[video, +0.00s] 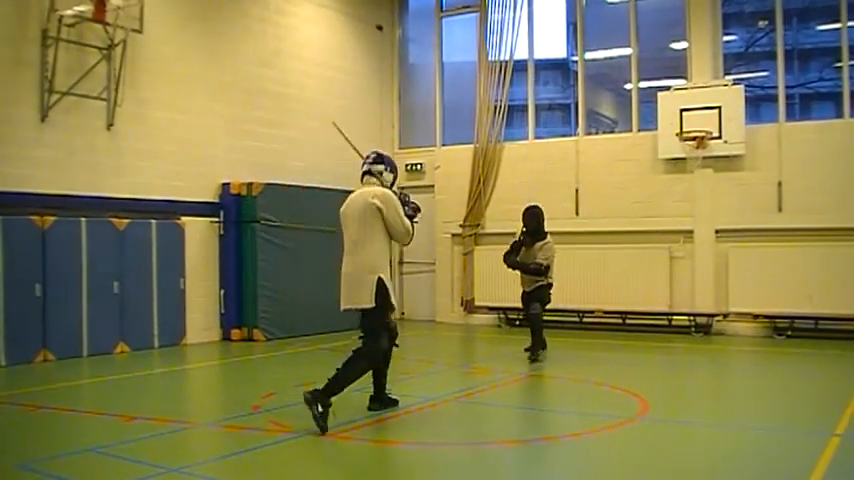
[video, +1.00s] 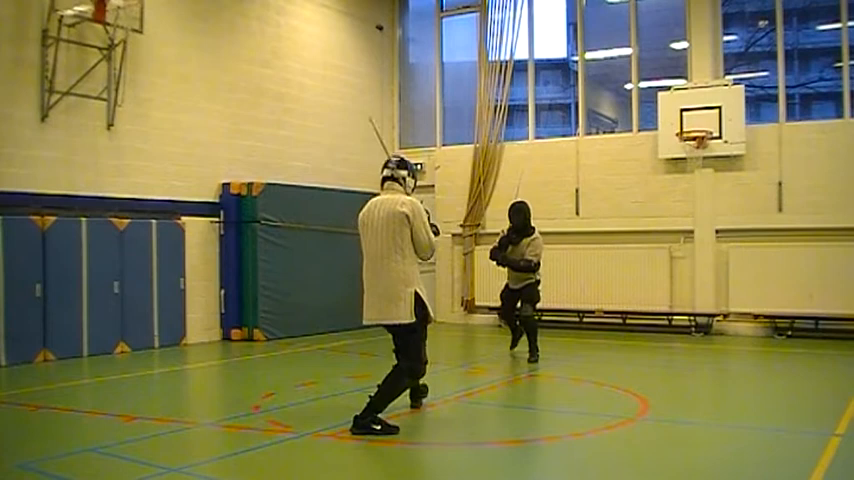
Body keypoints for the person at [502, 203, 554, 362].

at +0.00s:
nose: (526, 225)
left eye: (530, 221)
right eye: (525, 221)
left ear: (539, 222)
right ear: (523, 222)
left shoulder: (547, 244)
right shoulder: (523, 240)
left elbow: (541, 269)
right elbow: (508, 258)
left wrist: (516, 264)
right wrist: (519, 245)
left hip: (541, 285)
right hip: (527, 286)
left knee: (534, 311)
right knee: (529, 316)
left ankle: (536, 347)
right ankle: (539, 341)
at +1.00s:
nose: (513, 221)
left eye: (516, 217)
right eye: (511, 217)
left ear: (525, 217)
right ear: (510, 218)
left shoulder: (535, 239)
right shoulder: (508, 235)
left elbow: (531, 266)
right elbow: (494, 254)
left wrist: (505, 260)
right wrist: (507, 242)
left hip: (529, 283)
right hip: (512, 283)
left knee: (526, 314)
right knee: (505, 311)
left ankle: (533, 349)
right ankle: (515, 330)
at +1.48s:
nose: (508, 231)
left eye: (511, 228)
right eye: (505, 227)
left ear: (517, 224)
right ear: (501, 225)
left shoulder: (526, 243)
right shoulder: (493, 239)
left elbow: (527, 269)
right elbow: (479, 262)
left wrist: (507, 273)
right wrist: (492, 259)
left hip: (517, 286)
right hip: (497, 287)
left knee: (522, 315)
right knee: (493, 316)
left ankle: (518, 350)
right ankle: (494, 341)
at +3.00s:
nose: (517, 223)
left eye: (520, 219)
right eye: (513, 219)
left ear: (526, 221)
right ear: (507, 221)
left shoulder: (532, 240)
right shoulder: (500, 242)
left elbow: (538, 261)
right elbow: (498, 264)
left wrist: (530, 272)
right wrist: (515, 266)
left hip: (523, 289)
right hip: (502, 288)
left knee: (537, 316)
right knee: (506, 318)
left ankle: (543, 345)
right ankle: (493, 356)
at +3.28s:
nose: (538, 219)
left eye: (541, 215)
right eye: (534, 215)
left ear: (547, 218)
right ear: (528, 218)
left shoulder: (553, 238)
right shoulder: (521, 239)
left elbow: (558, 259)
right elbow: (518, 260)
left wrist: (549, 268)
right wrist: (531, 263)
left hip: (544, 288)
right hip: (524, 288)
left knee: (559, 319)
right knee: (519, 320)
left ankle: (553, 349)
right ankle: (500, 355)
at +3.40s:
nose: (545, 218)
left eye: (548, 214)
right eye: (541, 214)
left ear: (554, 216)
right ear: (536, 217)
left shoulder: (562, 236)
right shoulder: (530, 237)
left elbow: (568, 258)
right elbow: (526, 260)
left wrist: (557, 267)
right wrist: (544, 266)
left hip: (553, 286)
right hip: (534, 285)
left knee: (566, 321)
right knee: (533, 314)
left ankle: (553, 350)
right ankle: (516, 352)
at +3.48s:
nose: (550, 218)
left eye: (553, 214)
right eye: (546, 214)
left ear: (559, 215)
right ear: (540, 217)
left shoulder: (567, 235)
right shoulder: (535, 236)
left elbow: (573, 256)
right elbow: (531, 259)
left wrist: (562, 267)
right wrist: (549, 267)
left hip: (558, 285)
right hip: (539, 283)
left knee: (568, 323)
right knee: (540, 310)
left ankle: (554, 349)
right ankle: (533, 348)